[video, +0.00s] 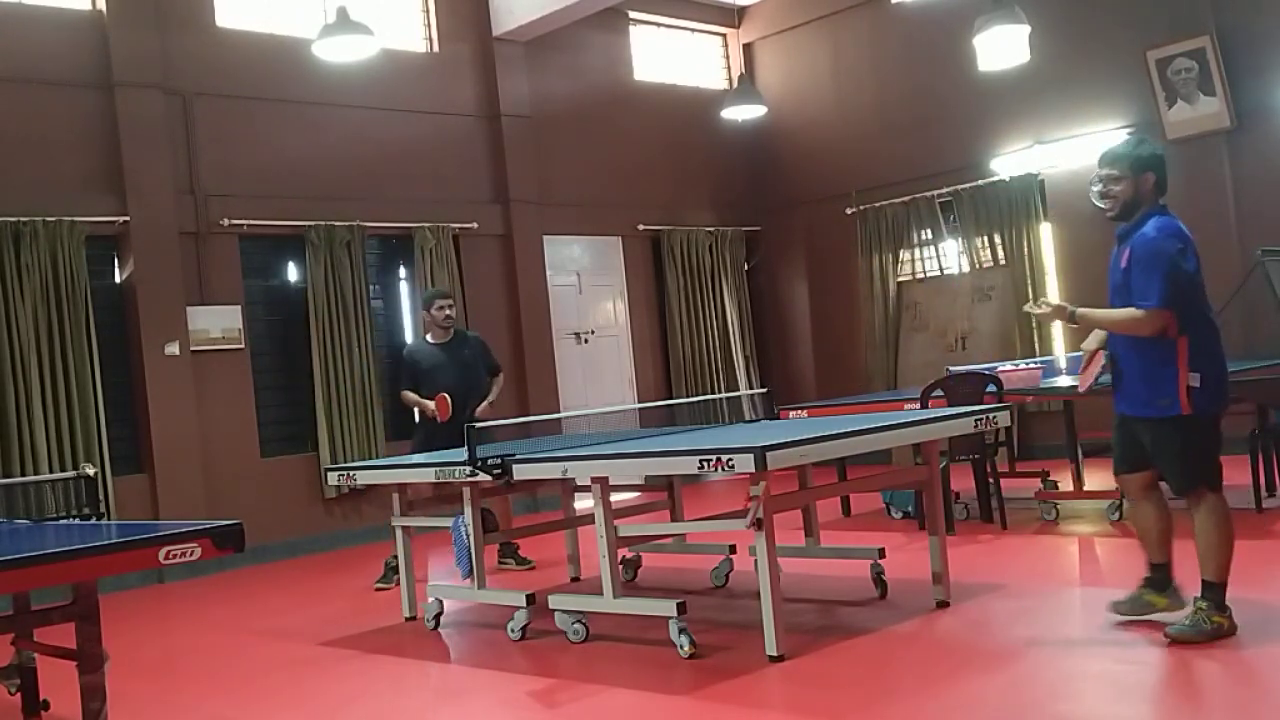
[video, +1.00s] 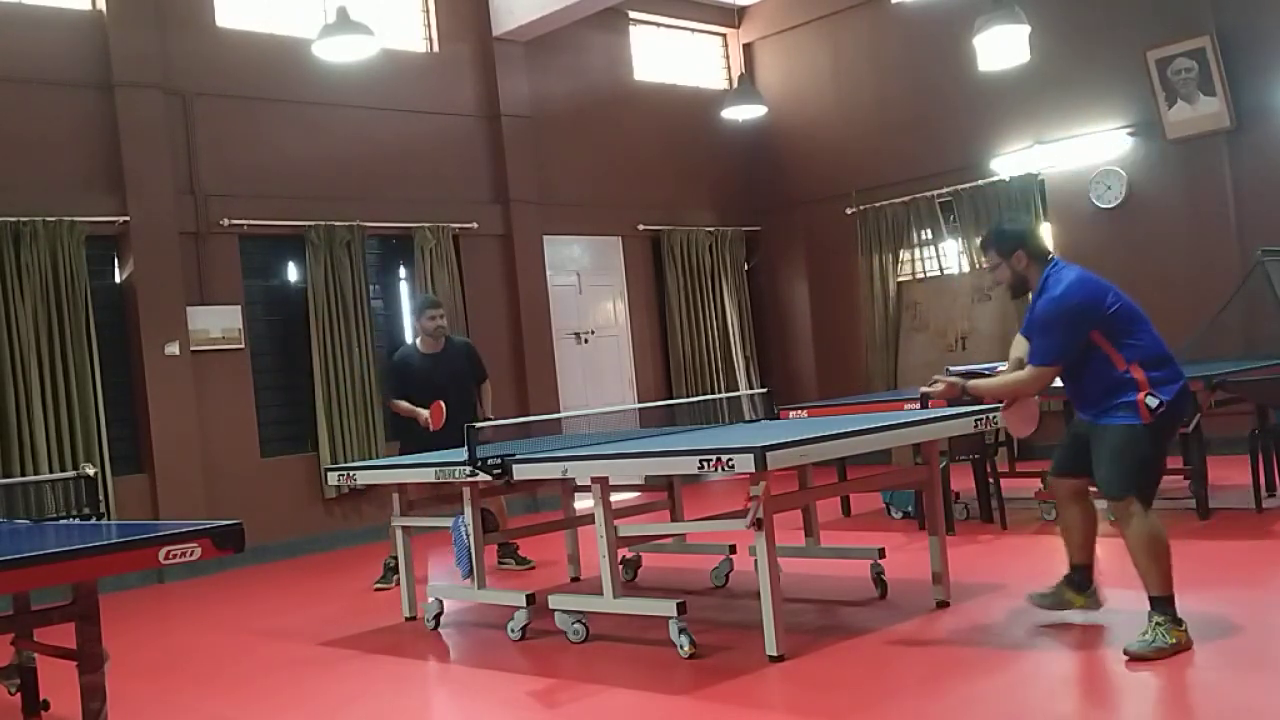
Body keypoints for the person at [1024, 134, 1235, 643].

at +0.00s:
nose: (1102, 189)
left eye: (1114, 180)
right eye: (1100, 180)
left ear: (1149, 182)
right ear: (1103, 183)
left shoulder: (1158, 237)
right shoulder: (1130, 235)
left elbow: (1155, 321)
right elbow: (1137, 308)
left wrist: (1074, 314)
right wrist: (1103, 340)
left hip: (1181, 394)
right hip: (1138, 394)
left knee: (1201, 493)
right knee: (1135, 481)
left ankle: (1214, 606)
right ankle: (1160, 586)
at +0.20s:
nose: (1076, 200)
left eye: (1086, 189)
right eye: (1073, 192)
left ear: (1121, 190)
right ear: (1076, 197)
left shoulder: (1137, 241)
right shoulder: (1094, 251)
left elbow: (1140, 320)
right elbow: (1104, 314)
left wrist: (1063, 322)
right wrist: (1074, 349)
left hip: (1171, 396)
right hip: (1127, 400)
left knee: (1187, 494)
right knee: (1140, 493)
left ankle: (1214, 607)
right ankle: (1140, 598)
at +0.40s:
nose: (1043, 218)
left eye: (1051, 207)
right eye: (1038, 211)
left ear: (1082, 201)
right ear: (1040, 215)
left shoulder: (1114, 247)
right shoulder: (1062, 270)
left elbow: (1118, 323)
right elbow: (1045, 327)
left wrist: (1045, 331)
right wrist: (1037, 375)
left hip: (1155, 384)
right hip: (1110, 395)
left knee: (1143, 481)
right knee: (1116, 490)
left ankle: (1197, 593)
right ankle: (1138, 598)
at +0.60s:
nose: (1018, 234)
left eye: (1021, 223)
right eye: (1015, 226)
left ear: (1050, 214)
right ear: (1046, 220)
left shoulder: (1099, 256)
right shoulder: (1046, 274)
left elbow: (1096, 334)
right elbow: (1026, 325)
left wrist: (1022, 344)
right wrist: (1020, 359)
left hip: (1143, 384)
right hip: (1098, 396)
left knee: (1139, 482)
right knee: (1104, 489)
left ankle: (1172, 600)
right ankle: (1136, 596)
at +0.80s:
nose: (1009, 251)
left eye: (1012, 239)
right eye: (1006, 242)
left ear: (1038, 230)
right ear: (1038, 234)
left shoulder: (1084, 270)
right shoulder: (1049, 277)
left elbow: (1072, 354)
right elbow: (1032, 327)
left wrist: (995, 366)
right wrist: (1019, 363)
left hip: (1140, 396)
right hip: (1095, 402)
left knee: (1136, 497)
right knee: (1082, 489)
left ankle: (1169, 618)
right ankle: (1129, 590)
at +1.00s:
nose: (993, 278)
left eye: (995, 267)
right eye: (990, 270)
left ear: (1020, 258)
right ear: (1020, 260)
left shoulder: (1064, 295)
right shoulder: (1045, 292)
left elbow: (1035, 380)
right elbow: (1025, 340)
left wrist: (963, 387)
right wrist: (1012, 370)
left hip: (1142, 399)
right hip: (1103, 403)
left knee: (1124, 500)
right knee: (1065, 481)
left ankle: (1167, 622)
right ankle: (1079, 586)